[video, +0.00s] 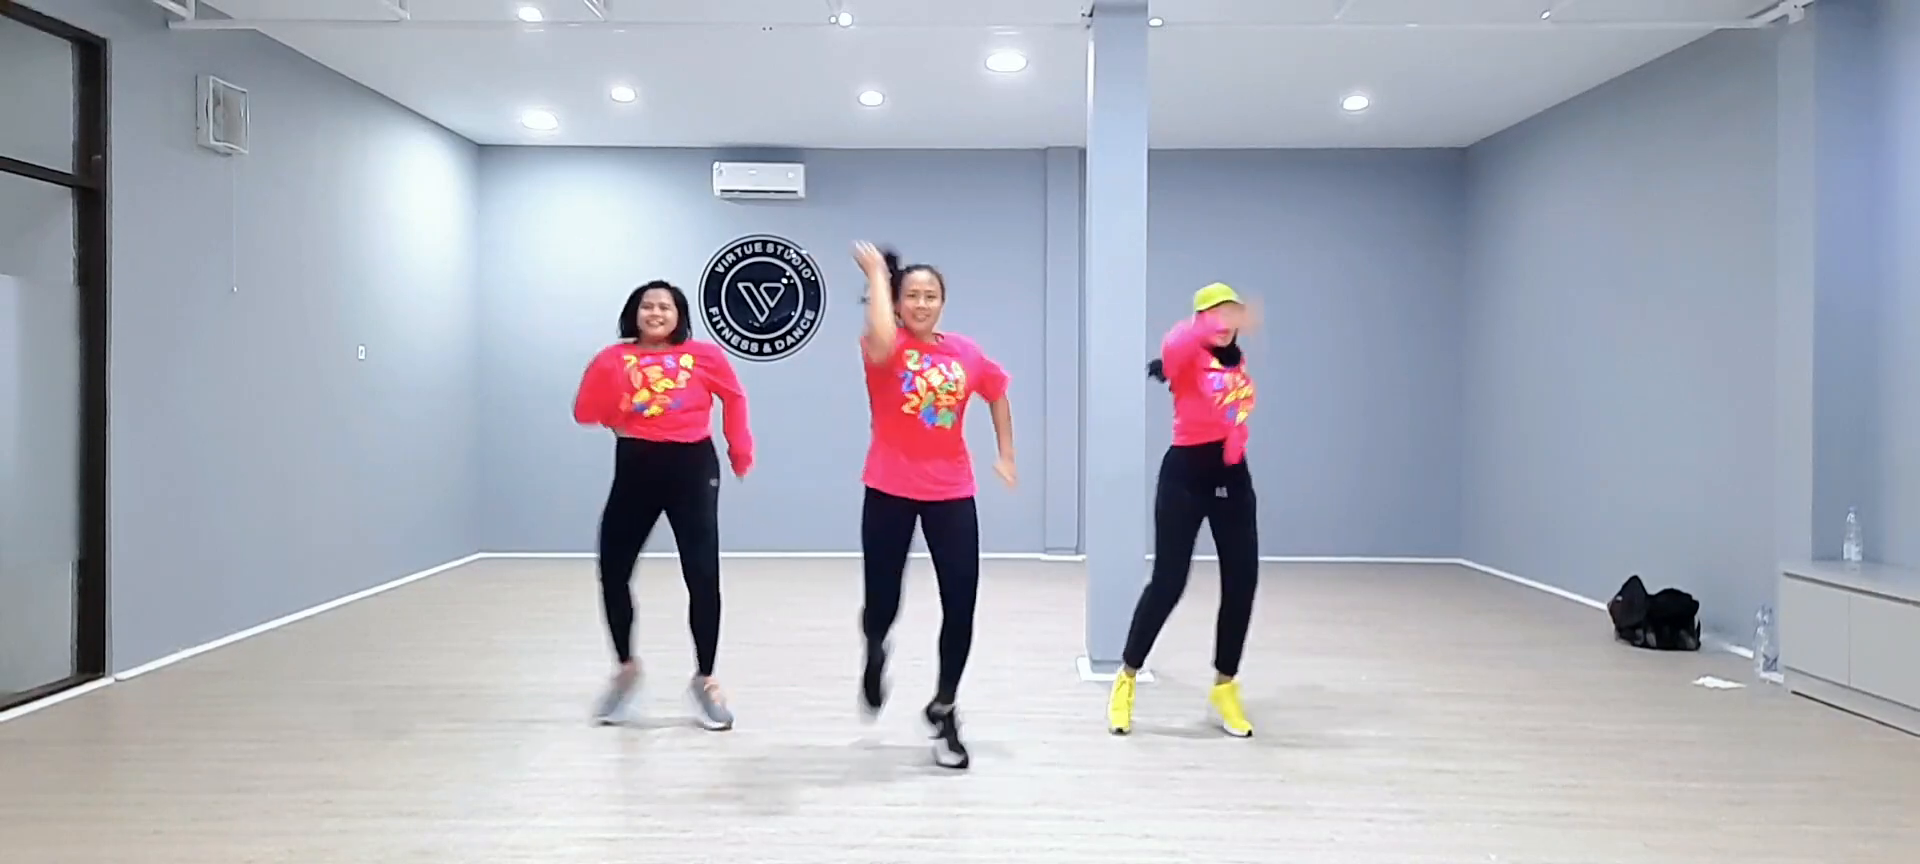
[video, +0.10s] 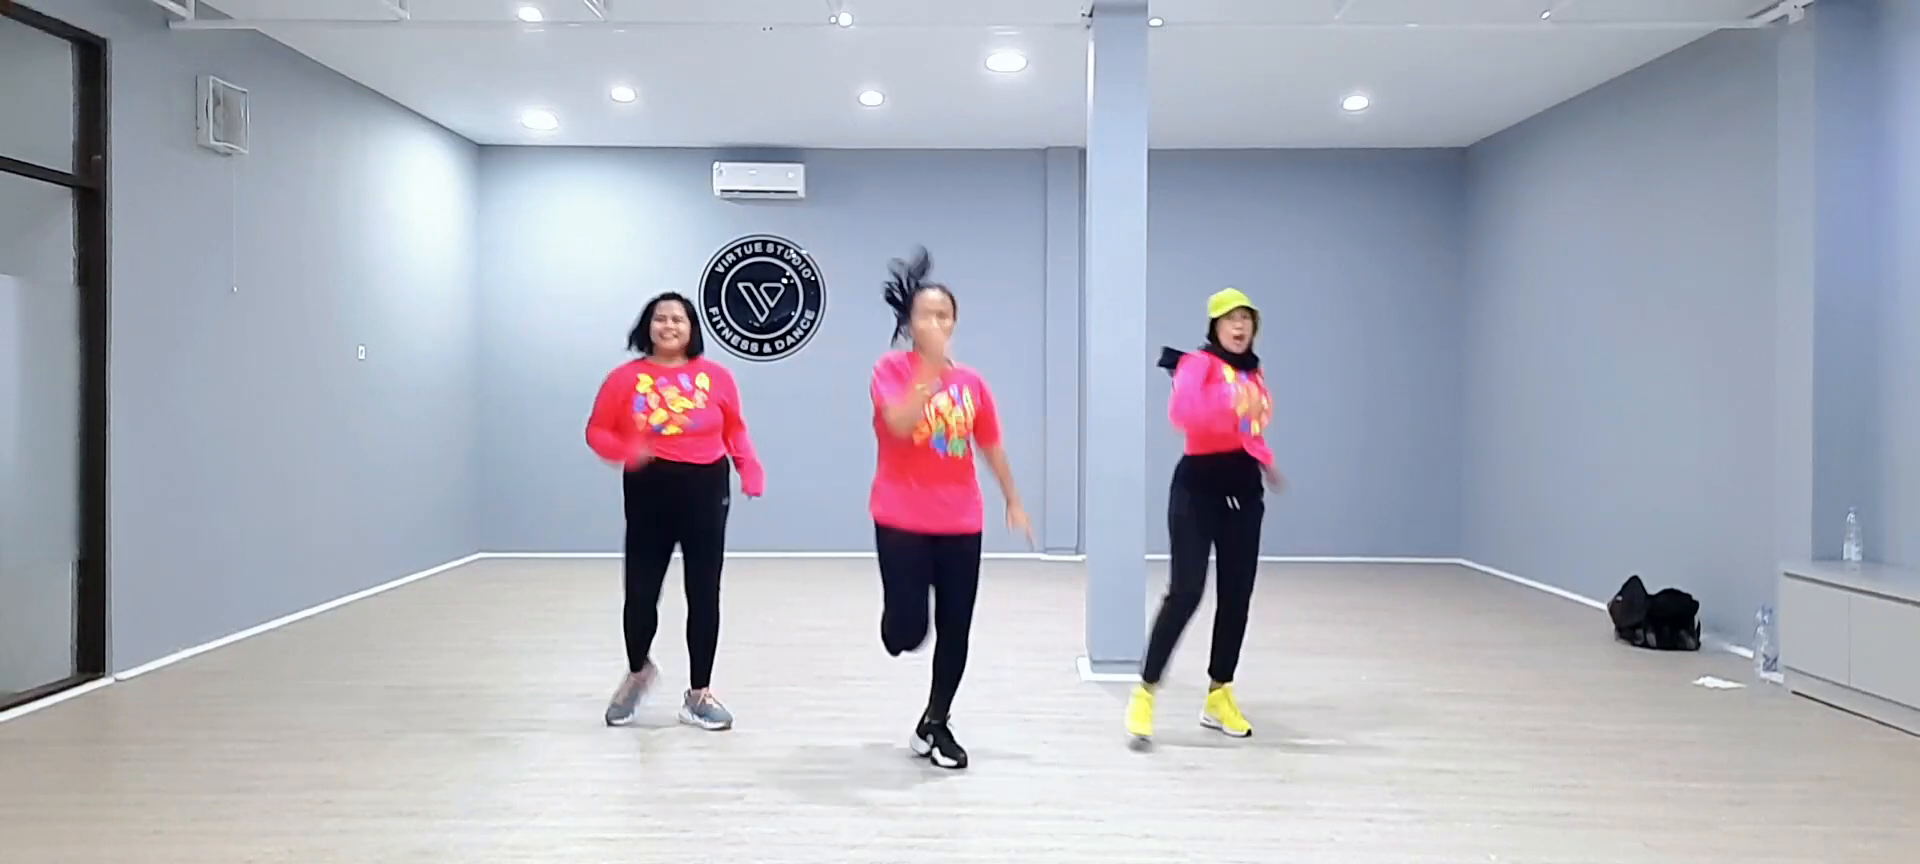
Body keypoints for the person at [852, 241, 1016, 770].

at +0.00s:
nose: (922, 304)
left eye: (931, 296)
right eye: (913, 296)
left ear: (943, 303)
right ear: (897, 302)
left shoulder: (964, 352)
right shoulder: (882, 348)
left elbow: (998, 393)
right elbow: (881, 334)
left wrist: (1006, 454)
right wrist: (877, 273)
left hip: (950, 492)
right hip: (889, 489)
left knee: (960, 604)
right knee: (881, 602)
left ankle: (943, 705)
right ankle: (874, 658)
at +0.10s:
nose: (942, 323)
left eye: (948, 315)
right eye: (932, 315)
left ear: (955, 324)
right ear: (909, 323)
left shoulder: (970, 381)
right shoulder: (891, 371)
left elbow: (991, 446)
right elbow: (898, 428)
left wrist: (1013, 500)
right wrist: (928, 379)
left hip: (960, 523)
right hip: (902, 521)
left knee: (955, 631)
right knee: (908, 637)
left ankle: (935, 723)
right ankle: (893, 613)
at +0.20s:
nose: (944, 328)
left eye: (953, 321)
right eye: (934, 320)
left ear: (963, 328)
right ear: (917, 327)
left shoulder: (974, 389)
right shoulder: (898, 379)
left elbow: (986, 457)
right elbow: (894, 445)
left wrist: (997, 511)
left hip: (964, 524)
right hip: (909, 521)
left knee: (961, 628)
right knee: (934, 617)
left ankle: (936, 721)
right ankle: (898, 641)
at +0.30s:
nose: (946, 310)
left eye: (955, 302)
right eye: (937, 303)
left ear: (968, 309)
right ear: (921, 310)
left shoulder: (978, 367)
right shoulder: (902, 364)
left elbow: (992, 425)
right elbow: (871, 429)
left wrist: (988, 446)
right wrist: (926, 464)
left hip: (964, 502)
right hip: (913, 500)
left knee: (964, 613)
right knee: (942, 601)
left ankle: (941, 712)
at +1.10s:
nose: (888, 326)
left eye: (888, 318)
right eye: (889, 317)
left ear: (899, 321)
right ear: (935, 319)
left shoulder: (879, 373)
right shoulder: (964, 375)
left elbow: (861, 445)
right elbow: (984, 441)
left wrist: (861, 488)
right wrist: (946, 467)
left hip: (894, 527)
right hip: (954, 525)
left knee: (900, 632)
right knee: (936, 583)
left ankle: (916, 744)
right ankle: (969, 660)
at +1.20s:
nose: (883, 310)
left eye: (886, 302)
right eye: (885, 301)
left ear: (899, 306)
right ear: (930, 308)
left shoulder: (884, 353)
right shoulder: (955, 358)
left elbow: (859, 420)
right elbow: (990, 413)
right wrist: (954, 445)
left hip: (903, 501)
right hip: (952, 500)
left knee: (888, 609)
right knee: (920, 588)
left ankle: (929, 723)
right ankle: (948, 693)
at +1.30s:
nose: (881, 317)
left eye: (886, 310)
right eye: (884, 309)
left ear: (902, 315)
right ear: (920, 319)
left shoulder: (889, 362)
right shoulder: (938, 363)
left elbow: (859, 424)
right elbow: (982, 409)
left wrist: (860, 380)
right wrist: (943, 445)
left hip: (917, 506)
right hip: (945, 503)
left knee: (880, 615)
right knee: (908, 607)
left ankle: (939, 721)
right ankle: (923, 703)